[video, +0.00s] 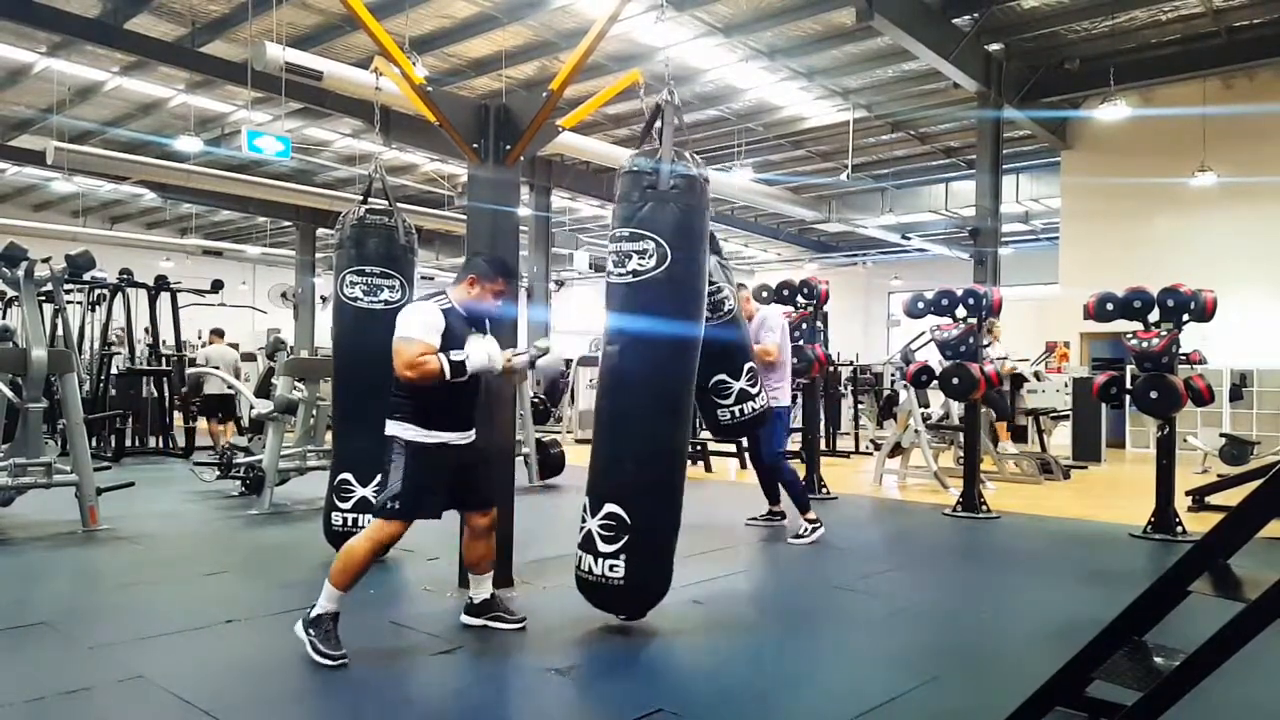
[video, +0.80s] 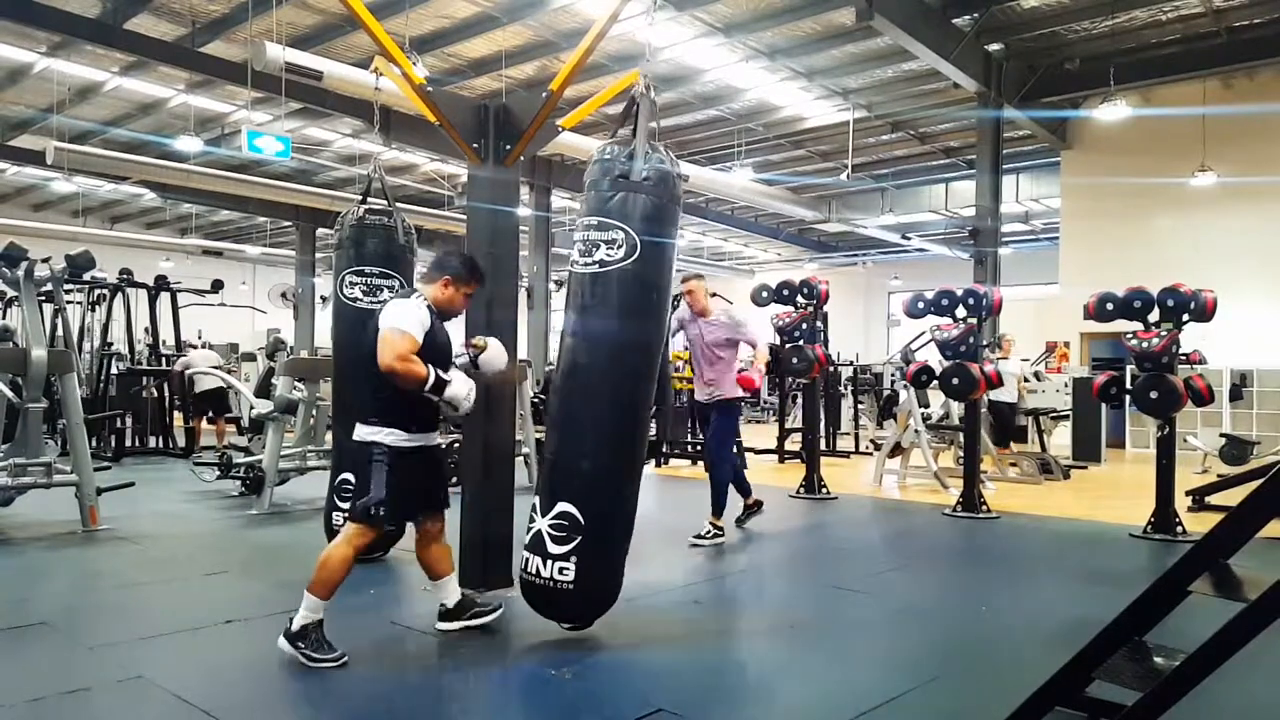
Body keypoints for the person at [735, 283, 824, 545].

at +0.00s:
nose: (737, 313)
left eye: (737, 307)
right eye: (734, 309)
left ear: (747, 300)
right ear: (744, 302)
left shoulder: (771, 316)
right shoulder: (748, 324)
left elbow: (771, 355)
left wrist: (740, 346)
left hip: (776, 402)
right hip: (756, 402)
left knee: (773, 458)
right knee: (758, 459)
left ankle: (810, 519)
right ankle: (775, 510)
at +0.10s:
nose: (736, 309)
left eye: (737, 303)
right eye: (734, 305)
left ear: (745, 299)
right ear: (737, 304)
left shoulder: (767, 316)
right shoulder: (744, 324)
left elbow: (772, 356)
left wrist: (743, 351)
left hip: (773, 395)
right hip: (756, 396)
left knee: (756, 449)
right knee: (753, 451)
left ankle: (792, 508)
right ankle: (774, 508)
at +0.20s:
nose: (727, 302)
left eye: (728, 296)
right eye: (724, 299)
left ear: (738, 293)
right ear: (724, 300)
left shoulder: (761, 311)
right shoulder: (730, 320)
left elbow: (770, 348)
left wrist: (739, 345)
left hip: (767, 390)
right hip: (749, 392)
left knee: (750, 444)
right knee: (758, 446)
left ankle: (760, 513)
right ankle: (774, 506)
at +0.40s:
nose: (720, 307)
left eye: (723, 299)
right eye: (720, 301)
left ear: (734, 297)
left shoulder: (754, 321)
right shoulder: (734, 324)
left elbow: (757, 360)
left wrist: (725, 353)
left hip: (756, 405)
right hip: (743, 404)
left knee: (739, 462)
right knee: (762, 458)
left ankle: (721, 521)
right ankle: (777, 510)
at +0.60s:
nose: (708, 312)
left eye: (712, 306)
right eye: (705, 308)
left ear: (727, 301)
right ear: (704, 309)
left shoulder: (749, 326)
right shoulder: (707, 327)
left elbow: (760, 366)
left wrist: (725, 361)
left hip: (743, 400)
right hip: (719, 402)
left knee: (730, 455)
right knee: (732, 456)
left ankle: (717, 522)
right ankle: (764, 501)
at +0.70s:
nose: (704, 307)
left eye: (707, 301)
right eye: (700, 302)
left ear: (722, 297)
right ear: (699, 302)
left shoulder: (744, 323)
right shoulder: (695, 319)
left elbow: (762, 364)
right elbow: (667, 326)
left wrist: (736, 376)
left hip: (738, 398)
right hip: (709, 400)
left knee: (725, 454)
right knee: (728, 455)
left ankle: (717, 522)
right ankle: (758, 500)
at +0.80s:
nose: (687, 299)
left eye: (691, 293)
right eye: (684, 295)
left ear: (705, 291)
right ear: (683, 297)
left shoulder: (728, 317)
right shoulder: (684, 316)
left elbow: (761, 340)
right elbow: (661, 335)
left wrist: (758, 364)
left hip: (727, 398)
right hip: (702, 399)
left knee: (717, 457)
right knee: (721, 455)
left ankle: (716, 524)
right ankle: (750, 500)